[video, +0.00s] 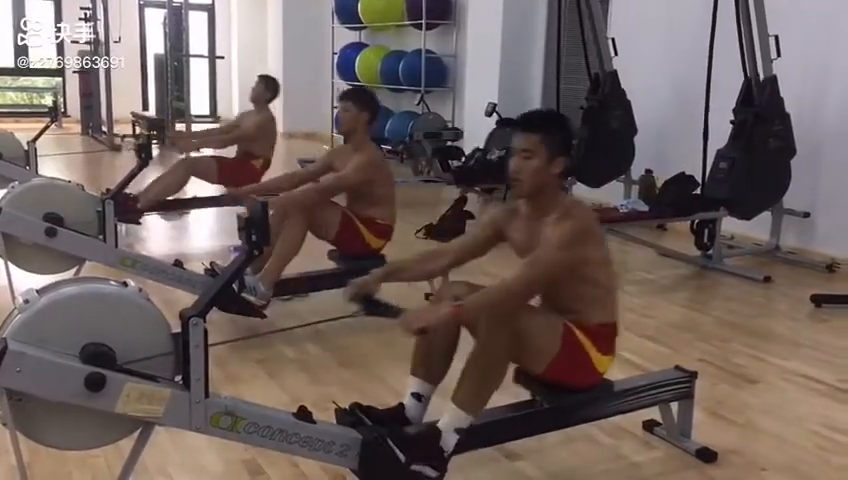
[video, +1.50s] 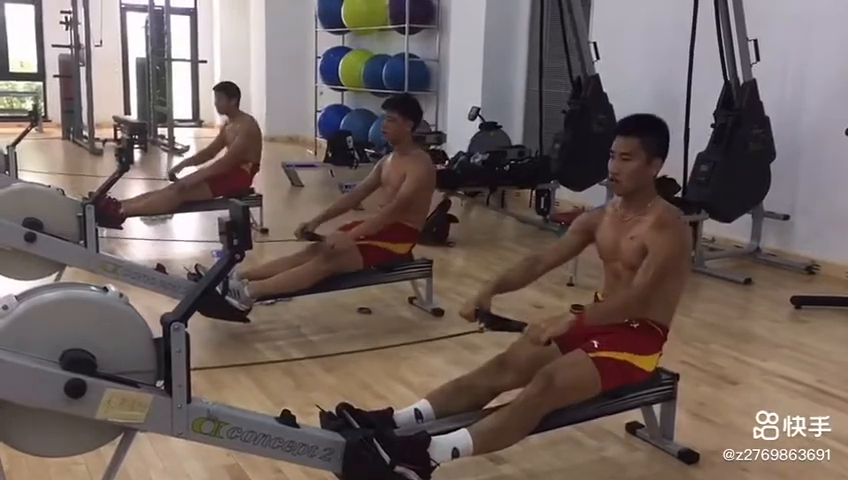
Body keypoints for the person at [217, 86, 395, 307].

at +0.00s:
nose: (338, 115)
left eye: (346, 111)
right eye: (339, 110)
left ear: (365, 117)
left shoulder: (369, 160)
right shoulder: (340, 153)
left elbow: (319, 192)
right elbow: (297, 178)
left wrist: (269, 204)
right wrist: (246, 191)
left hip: (370, 234)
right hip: (354, 225)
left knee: (302, 210)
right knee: (286, 204)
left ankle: (264, 285)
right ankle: (250, 273)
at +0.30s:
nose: (418, 134)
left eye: (425, 129)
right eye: (418, 129)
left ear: (446, 133)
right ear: (418, 131)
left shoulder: (447, 173)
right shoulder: (414, 162)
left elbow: (405, 194)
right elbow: (370, 179)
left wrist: (352, 197)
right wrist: (328, 182)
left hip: (405, 233)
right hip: (386, 220)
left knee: (330, 237)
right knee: (316, 232)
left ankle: (257, 287)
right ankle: (240, 269)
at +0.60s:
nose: (438, 153)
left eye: (446, 148)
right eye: (438, 147)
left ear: (464, 154)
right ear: (440, 151)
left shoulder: (464, 191)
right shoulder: (435, 179)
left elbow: (471, 240)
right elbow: (414, 210)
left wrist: (457, 208)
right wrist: (411, 192)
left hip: (401, 233)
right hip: (382, 221)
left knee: (329, 244)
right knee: (314, 236)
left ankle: (249, 288)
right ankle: (235, 270)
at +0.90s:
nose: (424, 140)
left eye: (430, 136)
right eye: (424, 135)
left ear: (447, 140)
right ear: (431, 137)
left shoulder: (452, 177)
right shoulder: (424, 167)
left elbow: (459, 225)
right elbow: (409, 204)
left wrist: (425, 207)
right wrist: (386, 202)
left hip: (401, 234)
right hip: (384, 221)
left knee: (327, 247)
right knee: (315, 237)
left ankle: (247, 291)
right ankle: (232, 272)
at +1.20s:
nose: (400, 127)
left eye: (406, 122)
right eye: (400, 121)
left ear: (425, 127)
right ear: (404, 123)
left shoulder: (432, 167)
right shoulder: (401, 160)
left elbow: (415, 219)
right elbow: (373, 197)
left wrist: (366, 227)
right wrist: (336, 213)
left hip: (397, 235)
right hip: (375, 225)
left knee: (326, 254)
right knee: (315, 242)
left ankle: (247, 292)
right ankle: (230, 275)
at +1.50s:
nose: (384, 126)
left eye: (391, 121)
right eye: (385, 120)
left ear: (410, 124)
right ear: (390, 123)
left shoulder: (421, 167)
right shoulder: (389, 160)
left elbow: (392, 213)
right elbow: (355, 196)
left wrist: (350, 236)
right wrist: (316, 221)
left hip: (397, 243)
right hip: (375, 234)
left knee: (325, 261)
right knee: (311, 251)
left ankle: (248, 294)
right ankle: (234, 276)